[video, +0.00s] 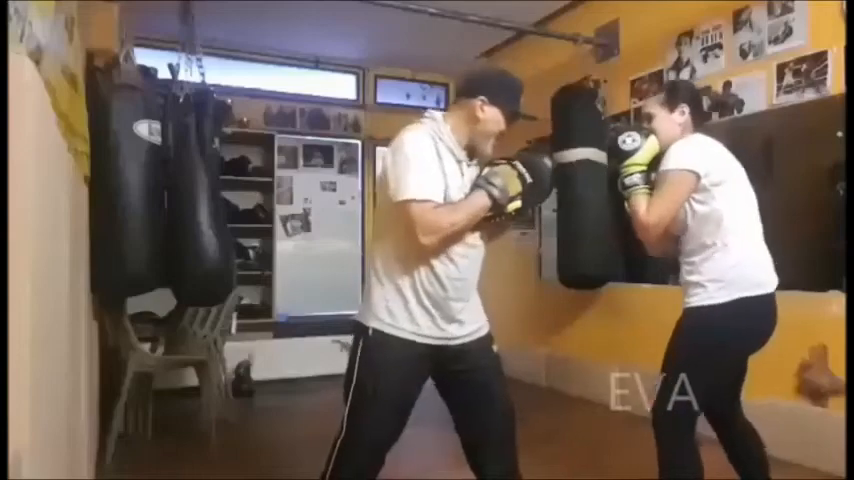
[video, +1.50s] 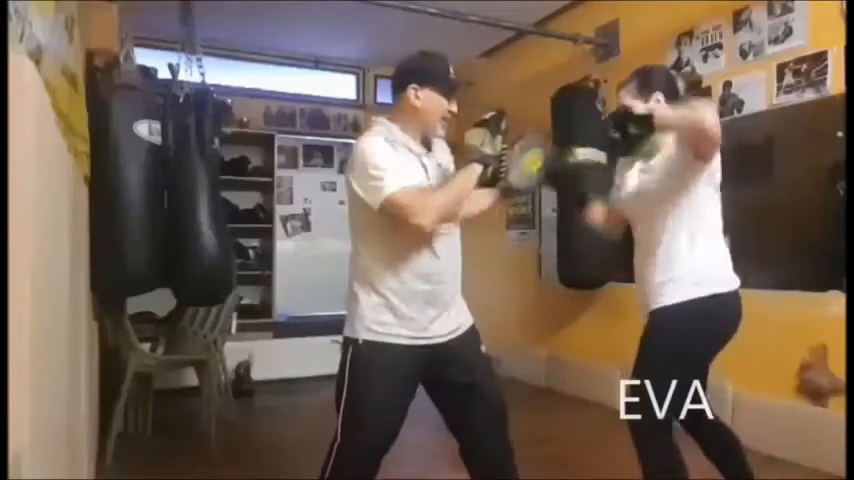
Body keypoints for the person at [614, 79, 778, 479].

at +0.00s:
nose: (644, 127)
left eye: (650, 116)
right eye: (643, 118)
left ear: (681, 115)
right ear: (684, 117)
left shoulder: (688, 151)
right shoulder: (712, 153)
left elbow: (651, 229)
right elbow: (660, 245)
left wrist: (635, 173)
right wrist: (636, 188)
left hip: (717, 309)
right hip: (747, 304)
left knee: (670, 418)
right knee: (723, 410)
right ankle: (758, 474)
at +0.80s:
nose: (641, 140)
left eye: (647, 128)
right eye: (638, 130)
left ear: (679, 127)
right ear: (675, 129)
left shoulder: (697, 169)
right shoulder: (679, 176)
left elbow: (662, 249)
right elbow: (664, 269)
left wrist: (641, 194)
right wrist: (638, 199)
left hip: (729, 321)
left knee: (654, 411)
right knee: (695, 417)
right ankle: (747, 475)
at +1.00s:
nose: (640, 137)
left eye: (648, 126)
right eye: (635, 129)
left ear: (679, 123)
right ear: (630, 133)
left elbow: (681, 246)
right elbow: (616, 256)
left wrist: (657, 187)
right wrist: (567, 245)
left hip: (727, 316)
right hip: (676, 322)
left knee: (657, 415)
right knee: (682, 428)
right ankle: (729, 475)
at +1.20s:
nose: (633, 133)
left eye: (641, 121)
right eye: (629, 125)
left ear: (673, 115)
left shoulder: (705, 166)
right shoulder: (651, 174)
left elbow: (671, 243)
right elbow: (640, 239)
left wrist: (643, 179)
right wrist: (595, 217)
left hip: (709, 319)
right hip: (664, 318)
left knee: (651, 423)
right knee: (681, 425)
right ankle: (720, 474)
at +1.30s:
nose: (632, 130)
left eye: (638, 117)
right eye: (627, 121)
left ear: (669, 110)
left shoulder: (709, 160)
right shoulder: (638, 171)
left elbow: (674, 228)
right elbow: (585, 210)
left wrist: (643, 170)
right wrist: (563, 172)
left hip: (711, 313)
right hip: (663, 315)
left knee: (655, 420)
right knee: (687, 420)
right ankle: (734, 474)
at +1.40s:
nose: (626, 123)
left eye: (632, 112)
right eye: (624, 115)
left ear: (662, 105)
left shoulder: (703, 145)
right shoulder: (626, 168)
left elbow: (687, 190)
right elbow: (572, 199)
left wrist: (651, 145)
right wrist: (542, 161)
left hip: (710, 305)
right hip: (666, 313)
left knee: (653, 419)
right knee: (694, 412)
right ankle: (746, 474)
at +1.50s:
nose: (621, 117)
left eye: (627, 107)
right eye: (619, 109)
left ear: (656, 102)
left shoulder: (690, 146)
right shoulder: (633, 165)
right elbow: (611, 221)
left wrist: (653, 116)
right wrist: (578, 186)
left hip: (701, 301)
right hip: (669, 307)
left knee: (644, 413)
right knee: (691, 409)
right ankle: (742, 474)